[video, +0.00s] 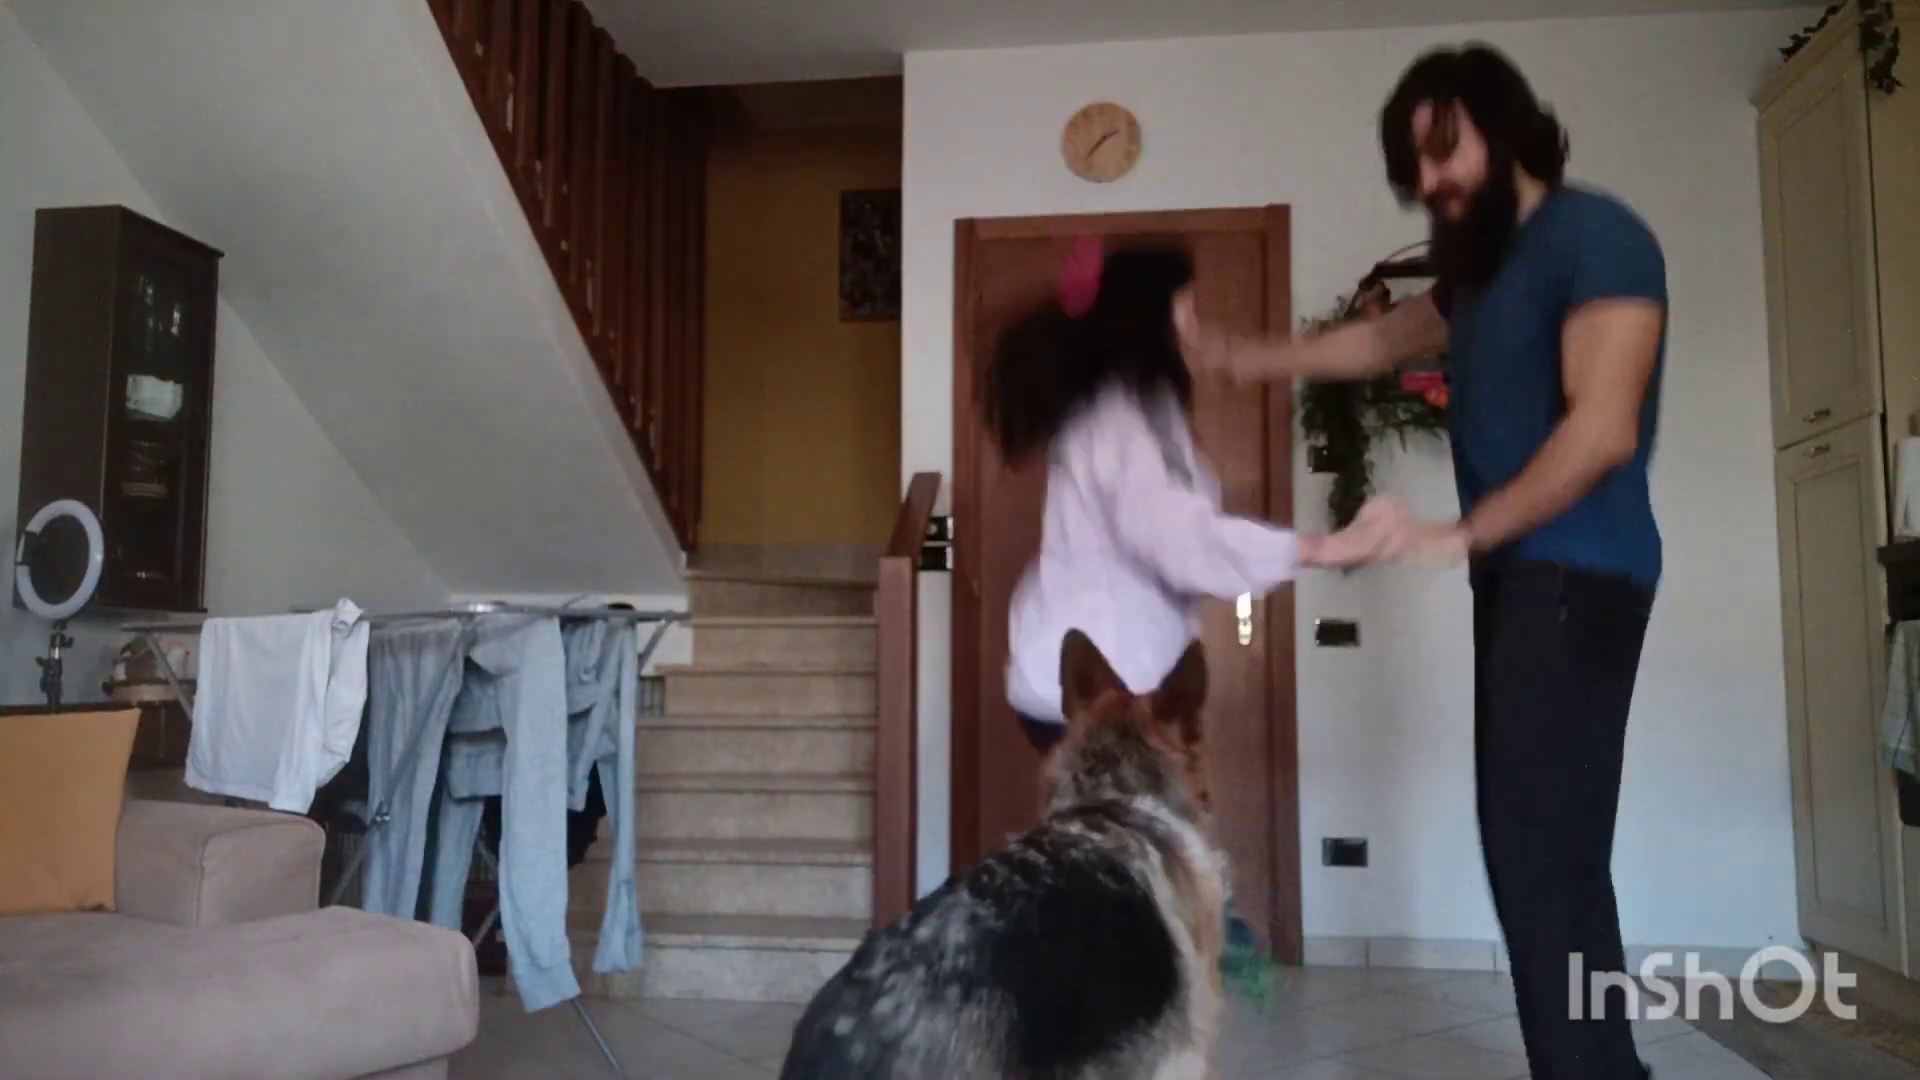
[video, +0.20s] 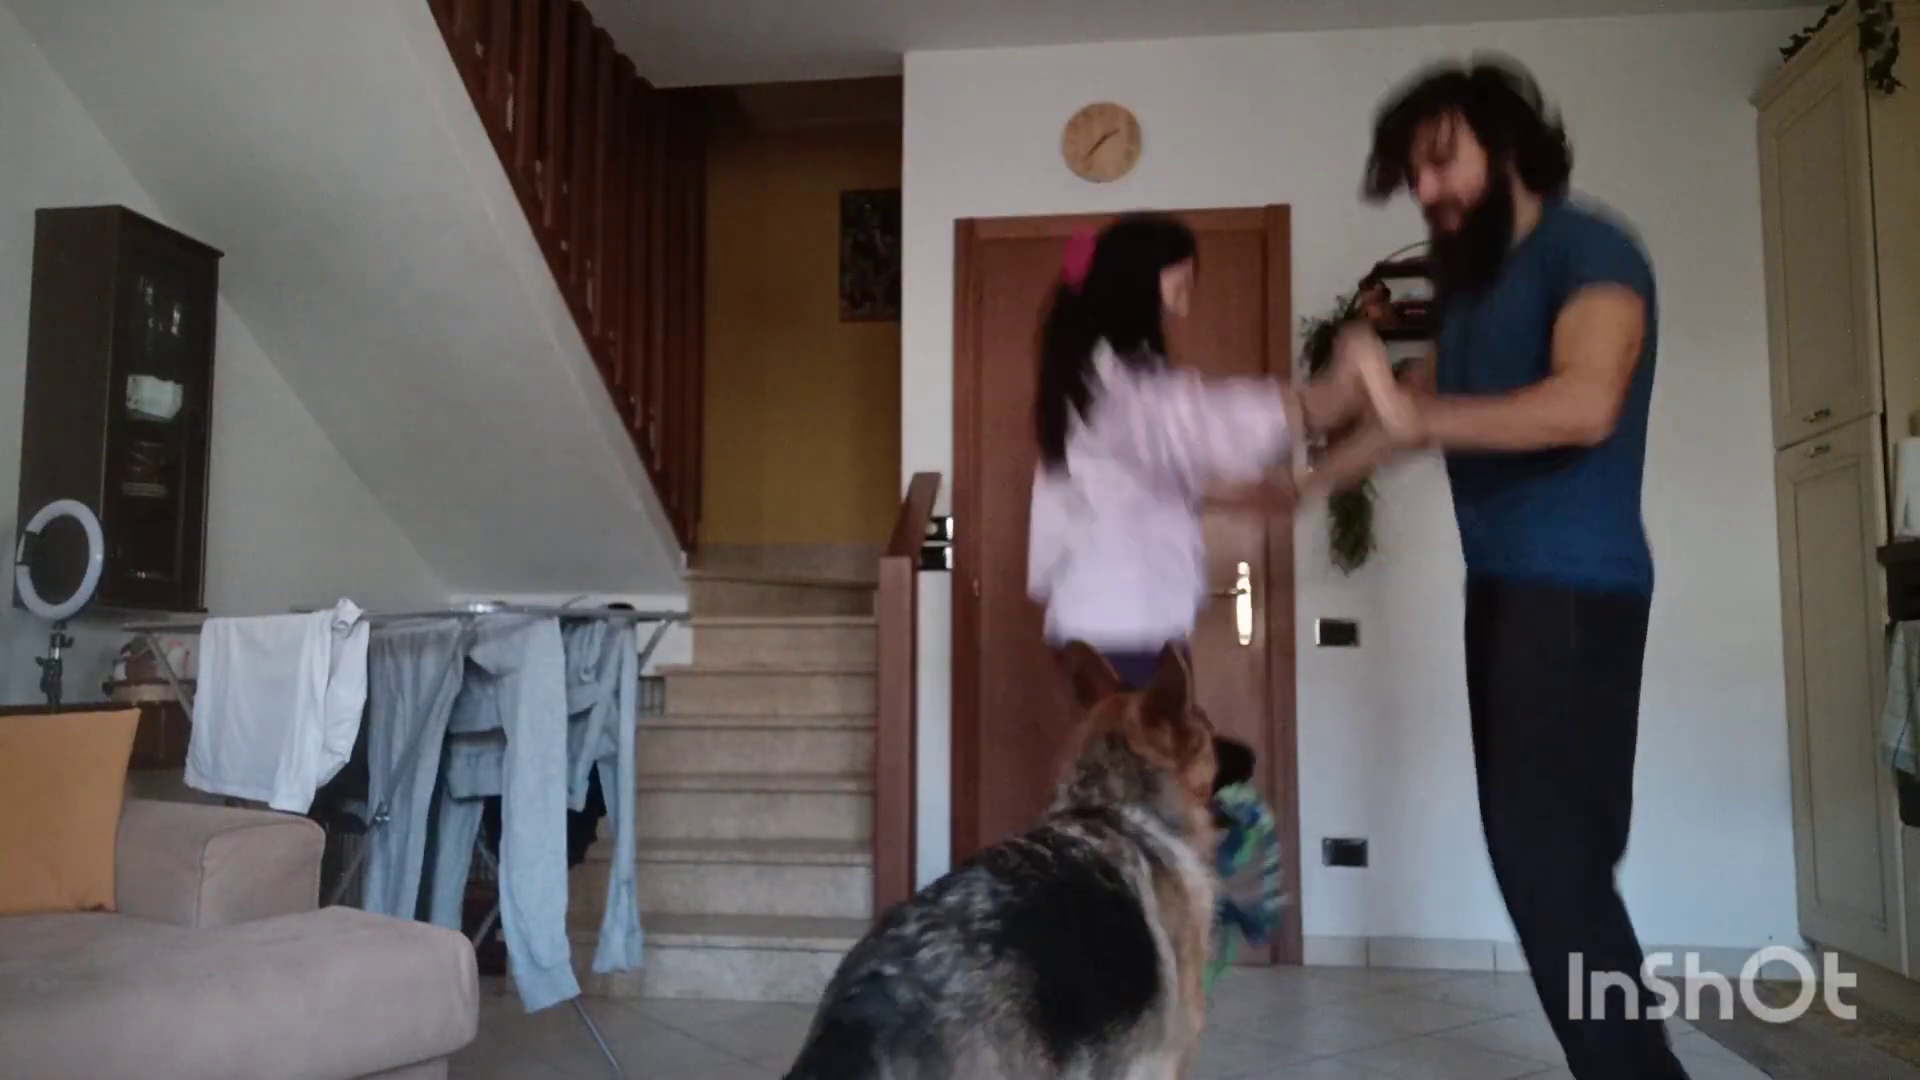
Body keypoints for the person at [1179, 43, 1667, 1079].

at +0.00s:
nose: (1430, 181)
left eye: (1444, 150)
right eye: (1416, 163)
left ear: (1505, 131)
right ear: (1414, 167)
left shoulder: (1596, 237)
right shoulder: (1493, 264)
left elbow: (1604, 432)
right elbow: (1383, 342)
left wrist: (1457, 534)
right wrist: (1235, 357)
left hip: (1576, 579)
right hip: (1521, 575)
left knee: (1541, 846)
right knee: (1532, 847)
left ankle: (1586, 1065)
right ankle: (1591, 1062)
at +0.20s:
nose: (1429, 190)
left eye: (1444, 159)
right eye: (1416, 172)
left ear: (1507, 147)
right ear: (1414, 179)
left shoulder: (1591, 246)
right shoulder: (1477, 282)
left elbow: (1584, 406)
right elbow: (1419, 417)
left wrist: (1416, 420)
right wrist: (1305, 477)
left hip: (1576, 593)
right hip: (1506, 591)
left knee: (1552, 857)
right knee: (1533, 856)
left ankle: (1632, 1067)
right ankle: (1629, 1063)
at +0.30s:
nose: (1432, 210)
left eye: (1451, 183)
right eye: (1422, 192)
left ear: (1509, 182)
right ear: (1419, 205)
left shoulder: (1582, 271)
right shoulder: (1486, 313)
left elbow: (1538, 388)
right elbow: (1447, 450)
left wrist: (1379, 323)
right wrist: (1337, 524)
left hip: (1574, 620)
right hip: (1505, 623)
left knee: (1540, 865)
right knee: (1508, 866)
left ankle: (1634, 1072)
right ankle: (1611, 1068)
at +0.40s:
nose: (1442, 184)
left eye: (1460, 157)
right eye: (1429, 169)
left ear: (1512, 155)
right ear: (1427, 184)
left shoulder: (1586, 245)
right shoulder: (1476, 292)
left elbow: (1493, 287)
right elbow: (1462, 446)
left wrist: (1347, 208)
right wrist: (1374, 528)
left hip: (1568, 578)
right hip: (1504, 580)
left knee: (1525, 830)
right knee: (1511, 830)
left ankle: (1610, 1066)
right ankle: (1601, 1062)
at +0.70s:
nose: (1431, 220)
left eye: (1434, 195)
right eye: (1425, 203)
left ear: (1474, 170)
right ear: (1494, 176)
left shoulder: (1545, 251)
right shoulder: (1529, 293)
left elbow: (1356, 192)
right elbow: (1503, 475)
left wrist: (1243, 156)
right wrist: (1389, 557)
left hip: (1542, 588)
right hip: (1531, 590)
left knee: (1476, 841)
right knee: (1535, 849)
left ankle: (1542, 1065)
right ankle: (1608, 1066)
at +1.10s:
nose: (1385, 231)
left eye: (1387, 212)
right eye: (1379, 217)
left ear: (1420, 185)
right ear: (1486, 184)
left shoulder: (1453, 241)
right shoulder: (1578, 292)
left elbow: (1274, 258)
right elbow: (1523, 438)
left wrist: (1165, 266)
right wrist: (1399, 490)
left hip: (1470, 595)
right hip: (1567, 610)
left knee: (1400, 856)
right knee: (1542, 854)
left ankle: (1419, 1067)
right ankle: (1601, 1068)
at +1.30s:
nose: (1355, 218)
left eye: (1356, 202)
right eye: (1349, 204)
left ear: (1384, 174)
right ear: (1470, 172)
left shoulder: (1386, 217)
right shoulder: (1559, 258)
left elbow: (1217, 328)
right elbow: (1508, 401)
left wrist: (1123, 403)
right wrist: (1354, 425)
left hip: (1404, 566)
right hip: (1530, 583)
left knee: (1362, 838)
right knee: (1537, 826)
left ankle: (1392, 1067)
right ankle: (1585, 1062)